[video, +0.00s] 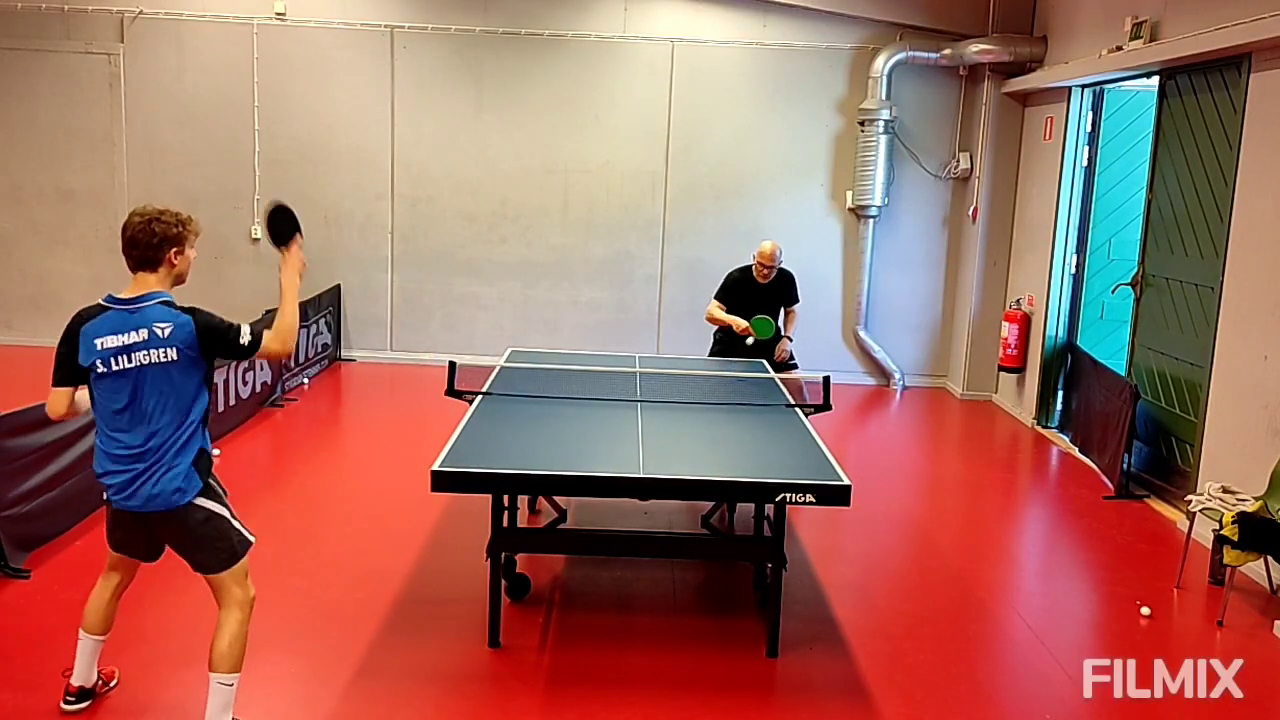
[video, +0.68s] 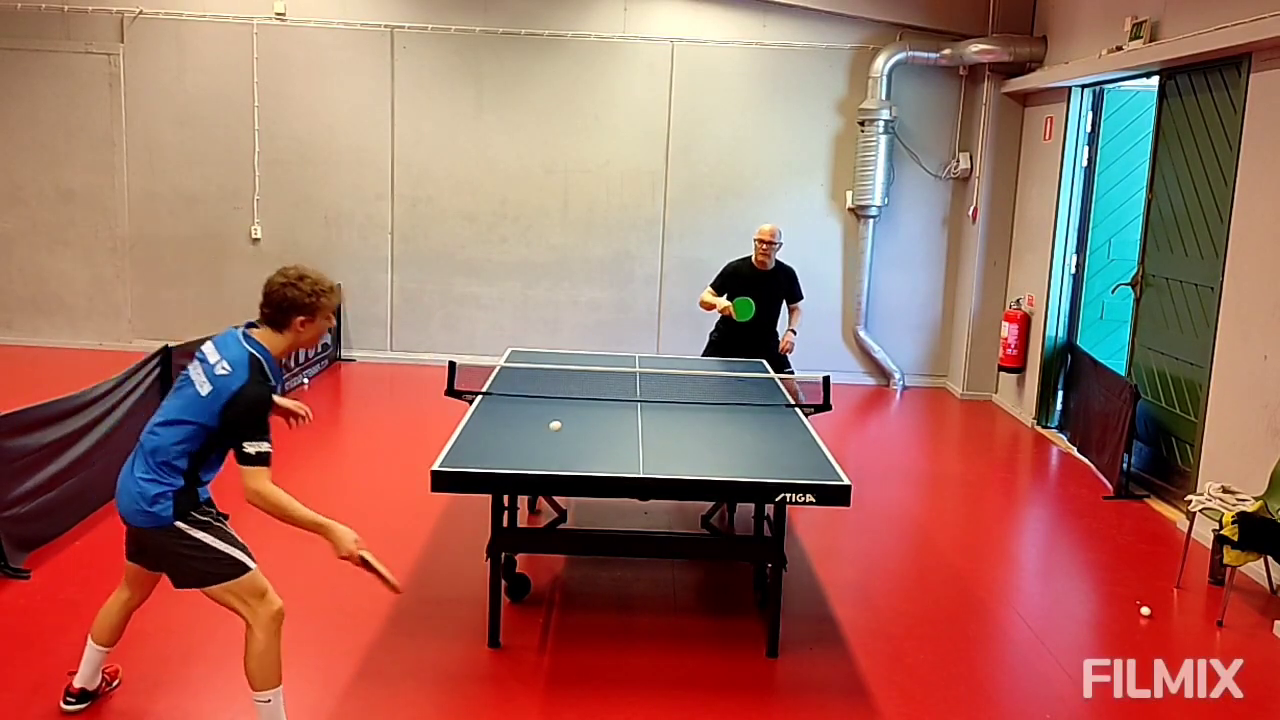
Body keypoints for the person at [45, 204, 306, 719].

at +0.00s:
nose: (193, 258)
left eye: (192, 249)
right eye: (190, 249)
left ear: (134, 257)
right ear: (171, 256)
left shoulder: (86, 324)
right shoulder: (191, 323)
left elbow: (60, 405)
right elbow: (280, 345)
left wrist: (114, 391)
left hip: (123, 492)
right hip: (184, 491)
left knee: (116, 572)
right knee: (238, 597)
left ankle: (80, 683)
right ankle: (219, 714)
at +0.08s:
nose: (191, 256)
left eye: (191, 246)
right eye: (189, 247)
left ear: (129, 254)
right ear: (171, 253)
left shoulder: (81, 320)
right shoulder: (187, 326)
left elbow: (57, 401)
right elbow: (253, 392)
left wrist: (84, 389)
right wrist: (295, 336)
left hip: (119, 491)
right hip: (181, 492)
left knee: (109, 575)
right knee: (227, 598)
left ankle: (79, 684)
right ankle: (218, 714)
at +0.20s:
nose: (203, 252)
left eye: (202, 243)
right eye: (200, 244)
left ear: (140, 252)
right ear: (180, 253)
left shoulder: (89, 308)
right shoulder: (186, 333)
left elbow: (52, 377)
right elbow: (172, 424)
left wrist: (98, 383)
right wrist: (234, 435)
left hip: (107, 484)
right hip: (164, 489)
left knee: (107, 572)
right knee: (215, 598)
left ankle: (80, 682)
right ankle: (217, 714)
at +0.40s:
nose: (235, 273)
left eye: (235, 264)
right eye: (232, 265)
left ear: (178, 263)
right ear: (210, 270)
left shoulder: (130, 304)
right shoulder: (176, 339)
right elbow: (143, 434)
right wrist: (210, 481)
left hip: (104, 482)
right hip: (147, 490)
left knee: (122, 573)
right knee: (225, 593)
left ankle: (81, 681)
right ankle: (224, 715)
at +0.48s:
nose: (252, 284)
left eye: (252, 276)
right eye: (249, 276)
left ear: (197, 274)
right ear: (226, 282)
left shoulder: (156, 310)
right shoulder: (183, 348)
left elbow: (157, 361)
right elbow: (159, 448)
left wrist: (206, 368)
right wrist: (220, 501)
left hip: (109, 482)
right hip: (145, 493)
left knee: (128, 576)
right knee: (230, 595)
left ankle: (81, 683)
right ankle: (243, 716)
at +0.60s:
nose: (298, 314)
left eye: (299, 305)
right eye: (295, 306)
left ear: (246, 299)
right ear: (270, 308)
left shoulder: (209, 327)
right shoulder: (223, 372)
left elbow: (219, 367)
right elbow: (215, 473)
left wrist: (260, 380)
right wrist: (283, 522)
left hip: (127, 484)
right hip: (160, 501)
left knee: (132, 581)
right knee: (247, 609)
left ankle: (82, 682)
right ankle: (266, 714)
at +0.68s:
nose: (329, 327)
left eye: (330, 318)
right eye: (327, 319)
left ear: (277, 313)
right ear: (301, 324)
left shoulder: (231, 339)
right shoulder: (252, 385)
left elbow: (219, 392)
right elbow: (257, 488)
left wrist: (269, 401)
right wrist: (331, 529)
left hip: (138, 488)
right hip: (171, 507)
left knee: (131, 590)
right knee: (265, 610)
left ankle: (83, 684)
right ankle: (273, 715)